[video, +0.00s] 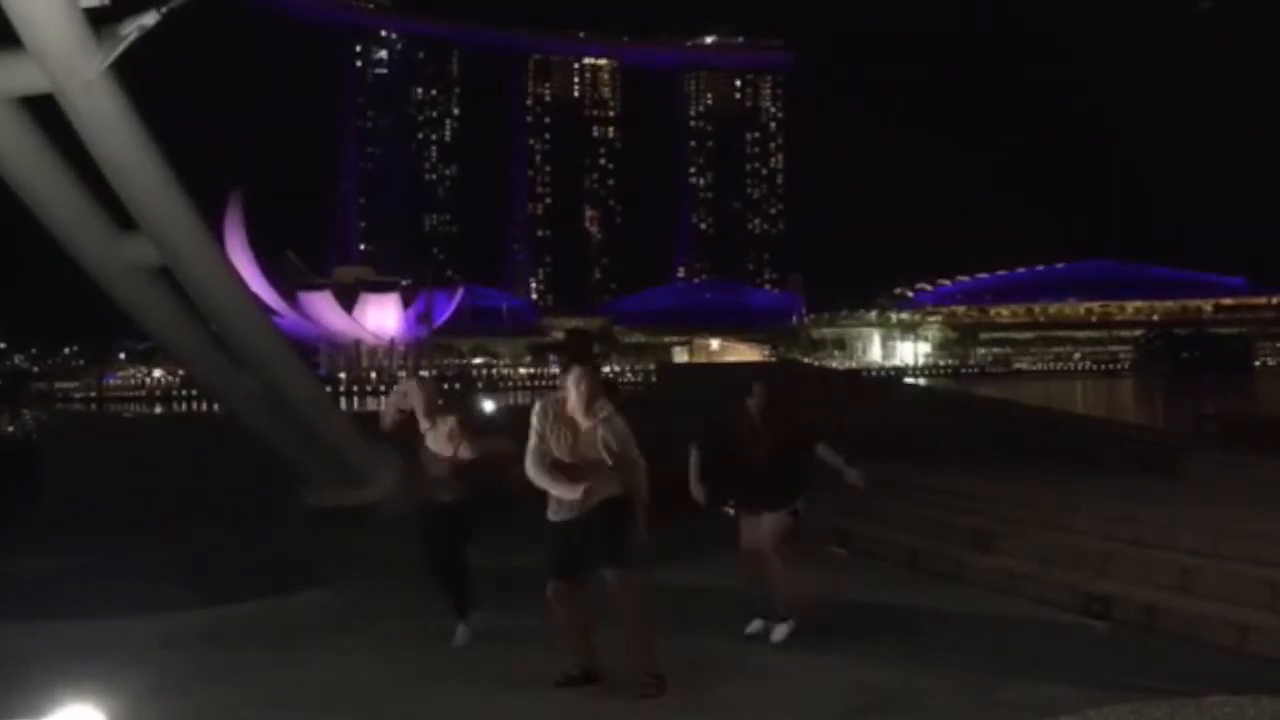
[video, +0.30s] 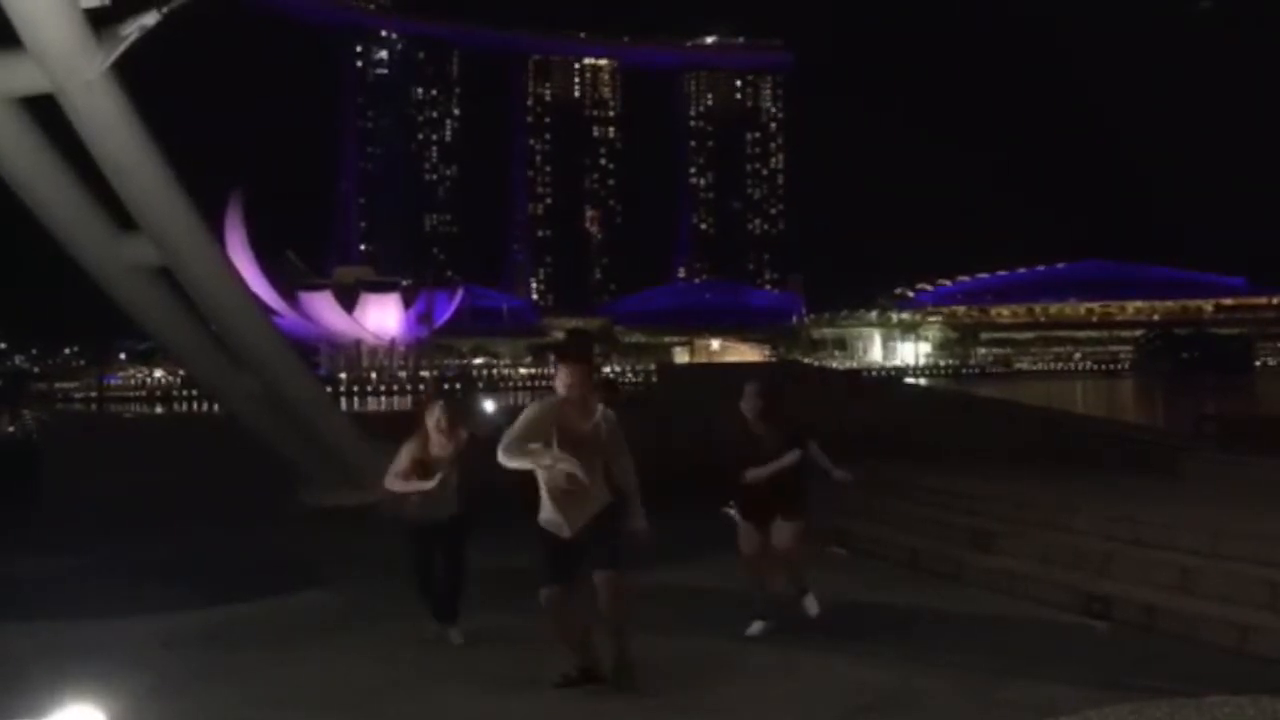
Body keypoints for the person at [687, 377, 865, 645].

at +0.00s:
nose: (756, 404)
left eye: (761, 398)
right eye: (752, 398)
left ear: (772, 400)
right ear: (746, 400)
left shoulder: (786, 425)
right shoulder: (738, 427)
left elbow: (819, 448)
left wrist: (846, 471)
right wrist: (696, 484)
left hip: (781, 495)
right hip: (748, 494)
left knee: (770, 550)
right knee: (749, 553)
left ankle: (785, 616)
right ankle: (761, 614)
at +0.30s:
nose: (746, 404)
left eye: (752, 398)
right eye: (744, 398)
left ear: (764, 401)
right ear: (740, 401)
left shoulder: (781, 426)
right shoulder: (738, 434)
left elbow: (809, 446)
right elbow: (745, 476)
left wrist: (832, 470)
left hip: (785, 497)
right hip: (751, 501)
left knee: (783, 547)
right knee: (751, 557)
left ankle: (803, 592)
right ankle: (762, 613)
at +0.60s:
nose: (771, 394)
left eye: (776, 388)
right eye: (768, 388)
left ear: (787, 390)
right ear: (762, 391)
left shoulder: (799, 418)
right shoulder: (753, 418)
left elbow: (818, 443)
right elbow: (721, 448)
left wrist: (821, 464)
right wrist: (746, 466)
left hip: (800, 491)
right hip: (765, 492)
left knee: (804, 553)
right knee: (766, 552)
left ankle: (801, 614)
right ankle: (739, 614)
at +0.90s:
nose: (784, 397)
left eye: (788, 391)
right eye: (779, 391)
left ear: (797, 393)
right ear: (772, 393)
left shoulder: (804, 418)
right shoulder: (764, 419)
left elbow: (813, 442)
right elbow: (749, 457)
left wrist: (828, 450)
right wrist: (791, 455)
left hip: (803, 495)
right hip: (770, 495)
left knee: (810, 555)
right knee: (774, 553)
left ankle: (804, 614)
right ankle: (741, 615)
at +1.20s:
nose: (798, 396)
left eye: (801, 390)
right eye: (793, 390)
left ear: (806, 392)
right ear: (783, 392)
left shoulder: (806, 421)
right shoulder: (780, 423)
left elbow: (808, 461)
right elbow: (784, 474)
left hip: (804, 503)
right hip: (779, 503)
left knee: (809, 561)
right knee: (778, 565)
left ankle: (800, 617)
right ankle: (735, 623)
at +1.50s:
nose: (814, 404)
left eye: (813, 398)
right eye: (809, 399)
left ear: (803, 399)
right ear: (801, 401)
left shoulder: (789, 425)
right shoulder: (807, 428)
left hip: (789, 507)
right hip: (801, 510)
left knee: (813, 570)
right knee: (814, 573)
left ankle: (803, 620)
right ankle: (797, 641)